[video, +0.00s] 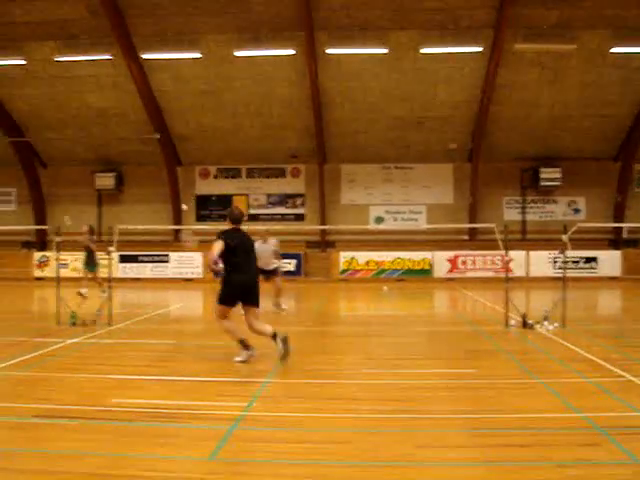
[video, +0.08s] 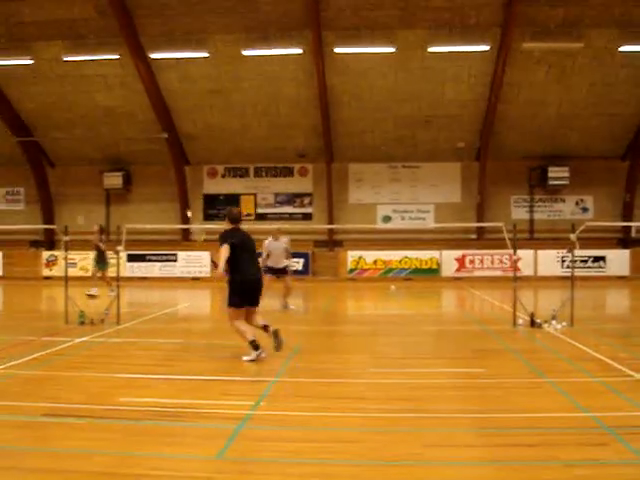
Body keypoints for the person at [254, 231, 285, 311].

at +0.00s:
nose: (264, 236)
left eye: (266, 234)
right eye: (262, 234)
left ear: (269, 234)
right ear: (260, 235)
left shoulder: (273, 243)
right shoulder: (256, 245)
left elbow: (277, 254)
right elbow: (254, 256)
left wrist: (279, 261)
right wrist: (254, 266)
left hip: (272, 266)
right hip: (260, 266)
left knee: (278, 286)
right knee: (253, 285)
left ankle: (277, 303)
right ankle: (251, 304)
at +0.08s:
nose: (276, 234)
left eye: (277, 232)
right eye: (274, 232)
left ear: (280, 233)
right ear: (271, 233)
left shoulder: (285, 241)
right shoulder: (267, 243)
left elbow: (288, 254)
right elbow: (265, 255)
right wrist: (263, 264)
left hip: (282, 266)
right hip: (270, 266)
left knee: (288, 285)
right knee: (265, 284)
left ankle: (285, 301)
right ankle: (258, 301)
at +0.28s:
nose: (283, 228)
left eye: (285, 225)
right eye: (282, 225)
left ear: (288, 226)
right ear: (279, 227)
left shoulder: (293, 236)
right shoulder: (276, 238)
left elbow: (298, 247)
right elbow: (272, 252)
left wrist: (298, 259)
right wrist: (269, 265)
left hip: (290, 262)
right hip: (279, 262)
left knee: (292, 283)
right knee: (277, 281)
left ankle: (287, 301)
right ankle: (271, 303)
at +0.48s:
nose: (290, 228)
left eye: (292, 225)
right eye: (289, 225)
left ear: (295, 227)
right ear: (286, 227)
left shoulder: (299, 237)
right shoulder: (282, 238)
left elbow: (305, 250)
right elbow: (277, 253)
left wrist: (307, 262)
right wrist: (277, 266)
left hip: (295, 262)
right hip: (284, 262)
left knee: (302, 279)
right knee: (283, 280)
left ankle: (301, 301)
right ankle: (278, 302)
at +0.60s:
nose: (299, 230)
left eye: (301, 228)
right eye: (298, 228)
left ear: (303, 230)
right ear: (295, 229)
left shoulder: (306, 241)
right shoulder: (289, 240)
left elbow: (311, 255)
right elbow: (283, 253)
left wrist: (312, 269)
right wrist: (282, 267)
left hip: (300, 264)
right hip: (289, 264)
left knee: (309, 279)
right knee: (287, 279)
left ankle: (310, 302)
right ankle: (279, 303)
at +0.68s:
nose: (305, 230)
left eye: (307, 228)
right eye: (303, 228)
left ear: (309, 229)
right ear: (300, 229)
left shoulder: (311, 240)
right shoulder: (293, 239)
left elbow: (314, 253)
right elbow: (287, 251)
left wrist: (314, 267)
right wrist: (286, 263)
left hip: (305, 264)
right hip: (293, 263)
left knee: (310, 281)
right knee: (288, 280)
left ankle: (308, 303)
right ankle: (278, 302)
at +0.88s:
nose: (314, 227)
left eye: (316, 225)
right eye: (312, 224)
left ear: (317, 226)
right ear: (308, 224)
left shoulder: (319, 235)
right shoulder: (301, 234)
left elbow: (323, 249)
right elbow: (295, 246)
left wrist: (320, 260)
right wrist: (296, 257)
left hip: (314, 259)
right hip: (302, 259)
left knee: (318, 278)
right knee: (298, 277)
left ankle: (316, 298)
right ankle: (291, 298)